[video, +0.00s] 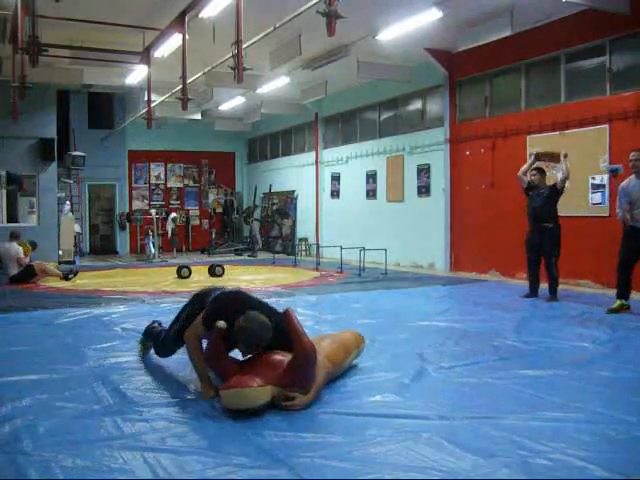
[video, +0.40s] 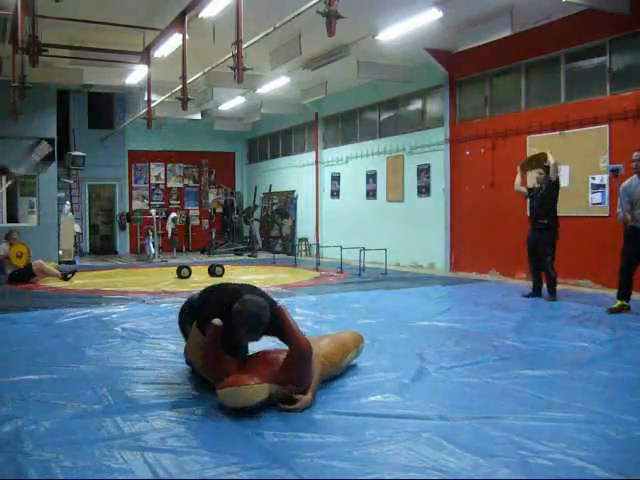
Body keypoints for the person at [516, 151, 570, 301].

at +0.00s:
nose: (532, 177)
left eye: (535, 174)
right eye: (531, 175)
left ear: (543, 177)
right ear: (530, 178)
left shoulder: (553, 190)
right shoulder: (530, 191)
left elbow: (565, 177)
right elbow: (520, 174)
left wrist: (564, 161)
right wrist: (530, 162)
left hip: (550, 228)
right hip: (534, 228)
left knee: (550, 261)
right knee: (532, 261)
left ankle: (553, 292)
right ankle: (533, 290)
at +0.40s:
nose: (539, 176)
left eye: (541, 174)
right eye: (537, 174)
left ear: (547, 176)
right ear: (534, 177)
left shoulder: (551, 188)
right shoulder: (532, 191)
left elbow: (553, 164)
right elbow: (517, 187)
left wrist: (549, 157)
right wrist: (519, 173)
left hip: (548, 225)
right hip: (535, 226)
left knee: (547, 260)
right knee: (533, 259)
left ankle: (551, 291)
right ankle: (536, 289)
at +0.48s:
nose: (537, 176)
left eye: (540, 174)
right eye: (538, 173)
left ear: (545, 176)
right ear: (541, 177)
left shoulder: (549, 189)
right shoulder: (537, 192)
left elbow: (549, 166)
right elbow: (520, 198)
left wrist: (538, 156)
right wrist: (518, 182)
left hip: (546, 227)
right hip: (536, 227)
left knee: (543, 259)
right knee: (533, 259)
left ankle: (551, 291)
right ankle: (536, 289)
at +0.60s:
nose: (539, 175)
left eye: (543, 172)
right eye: (539, 172)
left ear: (549, 176)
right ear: (541, 175)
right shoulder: (542, 189)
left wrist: (521, 200)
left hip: (546, 228)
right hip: (537, 228)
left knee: (542, 259)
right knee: (533, 259)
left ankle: (550, 291)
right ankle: (536, 289)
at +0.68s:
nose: (539, 177)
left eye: (542, 175)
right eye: (539, 174)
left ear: (548, 178)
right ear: (546, 177)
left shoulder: (548, 190)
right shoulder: (541, 190)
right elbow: (538, 214)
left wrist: (528, 174)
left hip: (547, 231)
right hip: (538, 230)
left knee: (542, 260)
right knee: (533, 260)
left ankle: (550, 291)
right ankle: (536, 290)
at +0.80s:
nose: (535, 177)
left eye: (538, 175)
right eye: (536, 174)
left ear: (545, 179)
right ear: (541, 178)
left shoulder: (544, 192)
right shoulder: (540, 191)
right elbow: (538, 216)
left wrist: (520, 190)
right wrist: (523, 214)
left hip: (548, 232)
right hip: (539, 231)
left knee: (541, 260)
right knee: (534, 260)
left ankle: (550, 291)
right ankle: (536, 290)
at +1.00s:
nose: (524, 180)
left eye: (527, 178)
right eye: (525, 178)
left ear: (535, 182)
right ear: (533, 182)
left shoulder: (539, 195)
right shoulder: (534, 196)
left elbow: (539, 211)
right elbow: (538, 216)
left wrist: (517, 214)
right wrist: (526, 223)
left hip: (550, 232)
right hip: (541, 232)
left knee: (544, 259)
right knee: (535, 260)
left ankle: (551, 292)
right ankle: (536, 290)